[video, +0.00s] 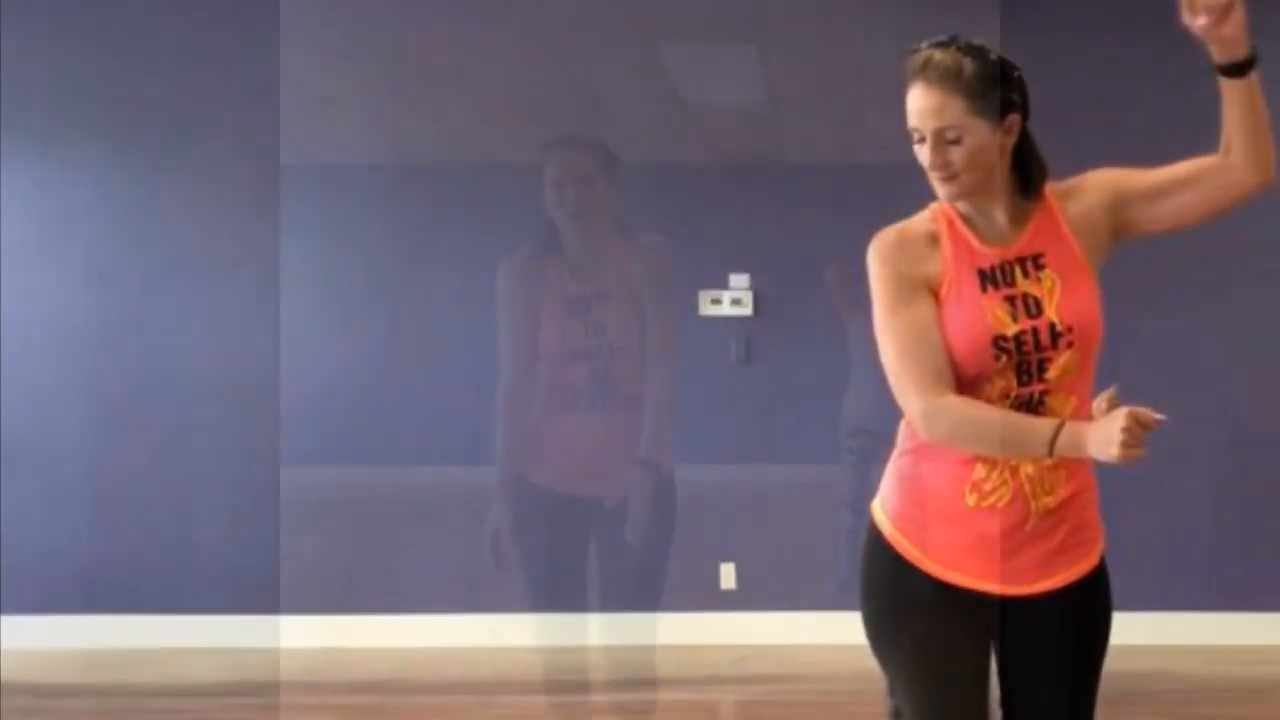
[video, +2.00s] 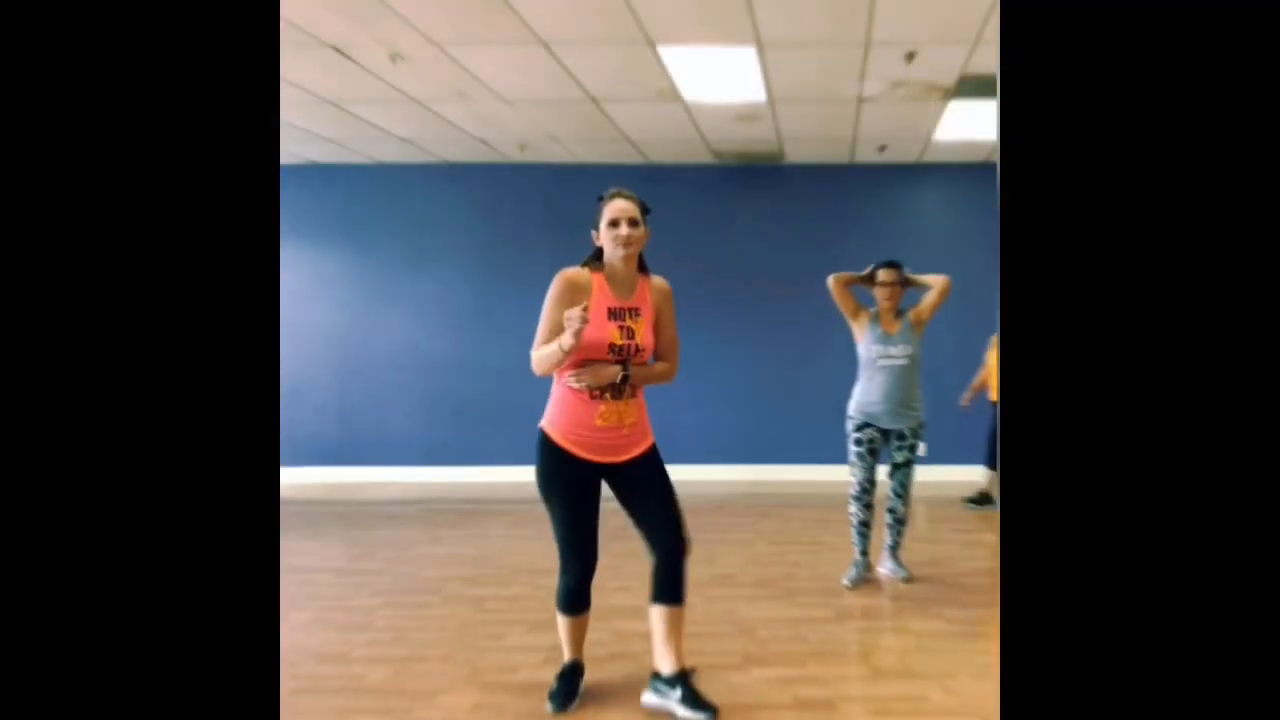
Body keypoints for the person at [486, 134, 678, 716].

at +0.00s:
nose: (572, 195)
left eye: (584, 181)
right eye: (558, 184)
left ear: (612, 188)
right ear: (543, 196)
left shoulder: (648, 261)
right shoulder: (524, 271)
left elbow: (662, 363)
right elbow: (515, 379)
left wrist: (649, 471)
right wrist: (503, 493)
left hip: (634, 484)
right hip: (547, 486)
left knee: (629, 648)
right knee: (558, 650)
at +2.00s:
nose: (625, 231)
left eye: (633, 223)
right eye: (615, 224)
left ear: (646, 232)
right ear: (598, 234)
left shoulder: (658, 292)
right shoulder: (571, 284)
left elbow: (668, 367)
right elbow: (538, 363)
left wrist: (618, 373)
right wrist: (564, 340)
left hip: (633, 446)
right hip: (567, 446)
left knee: (672, 546)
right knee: (577, 565)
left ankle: (668, 676)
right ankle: (571, 667)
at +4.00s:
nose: (635, 232)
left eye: (635, 222)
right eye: (625, 223)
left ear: (622, 229)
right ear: (589, 229)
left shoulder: (637, 290)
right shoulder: (545, 284)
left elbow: (652, 372)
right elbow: (517, 371)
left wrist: (610, 373)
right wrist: (554, 336)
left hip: (624, 452)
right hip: (551, 454)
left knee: (679, 553)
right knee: (553, 576)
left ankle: (704, 681)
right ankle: (545, 690)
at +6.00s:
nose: (605, 223)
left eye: (615, 215)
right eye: (597, 216)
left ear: (636, 227)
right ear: (587, 228)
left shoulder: (657, 294)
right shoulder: (564, 277)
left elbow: (673, 375)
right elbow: (473, 269)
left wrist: (619, 375)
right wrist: (395, 249)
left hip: (640, 446)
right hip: (567, 444)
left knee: (681, 556)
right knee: (550, 564)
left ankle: (699, 664)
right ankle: (532, 670)